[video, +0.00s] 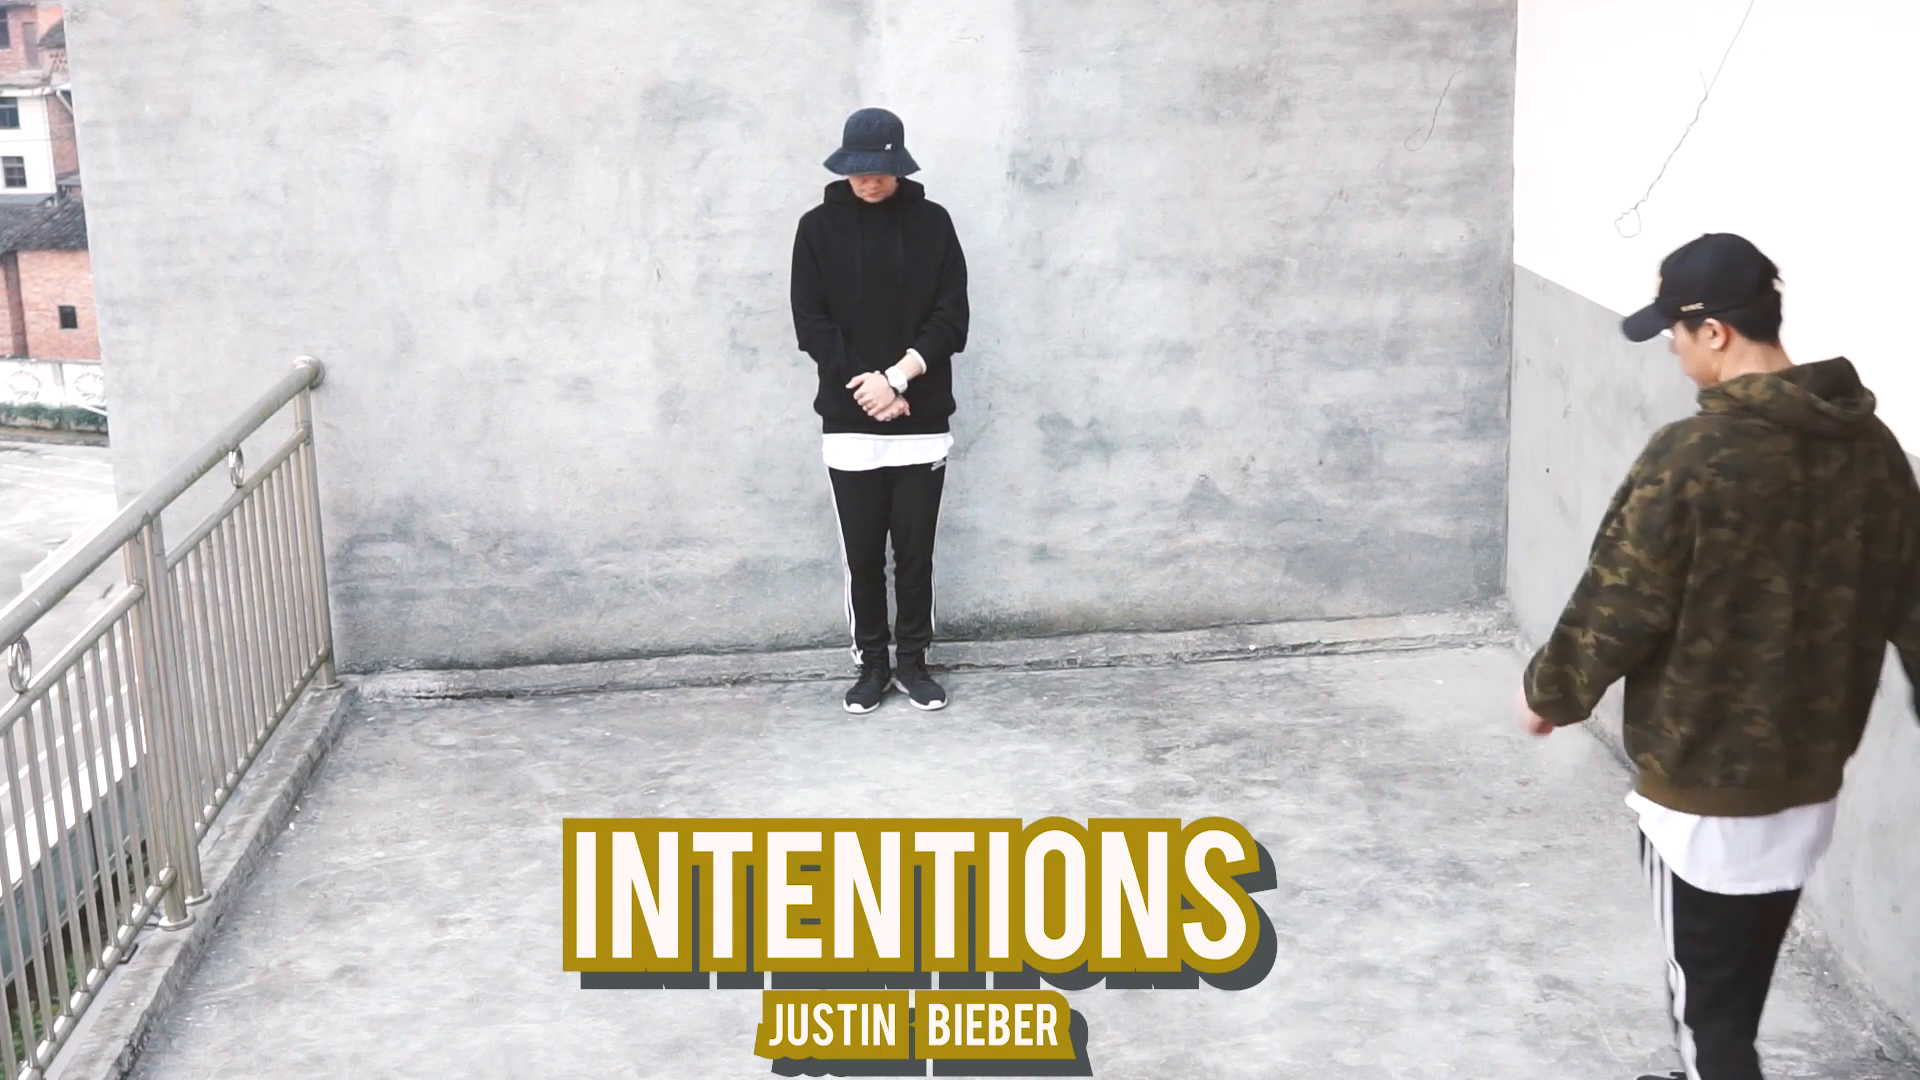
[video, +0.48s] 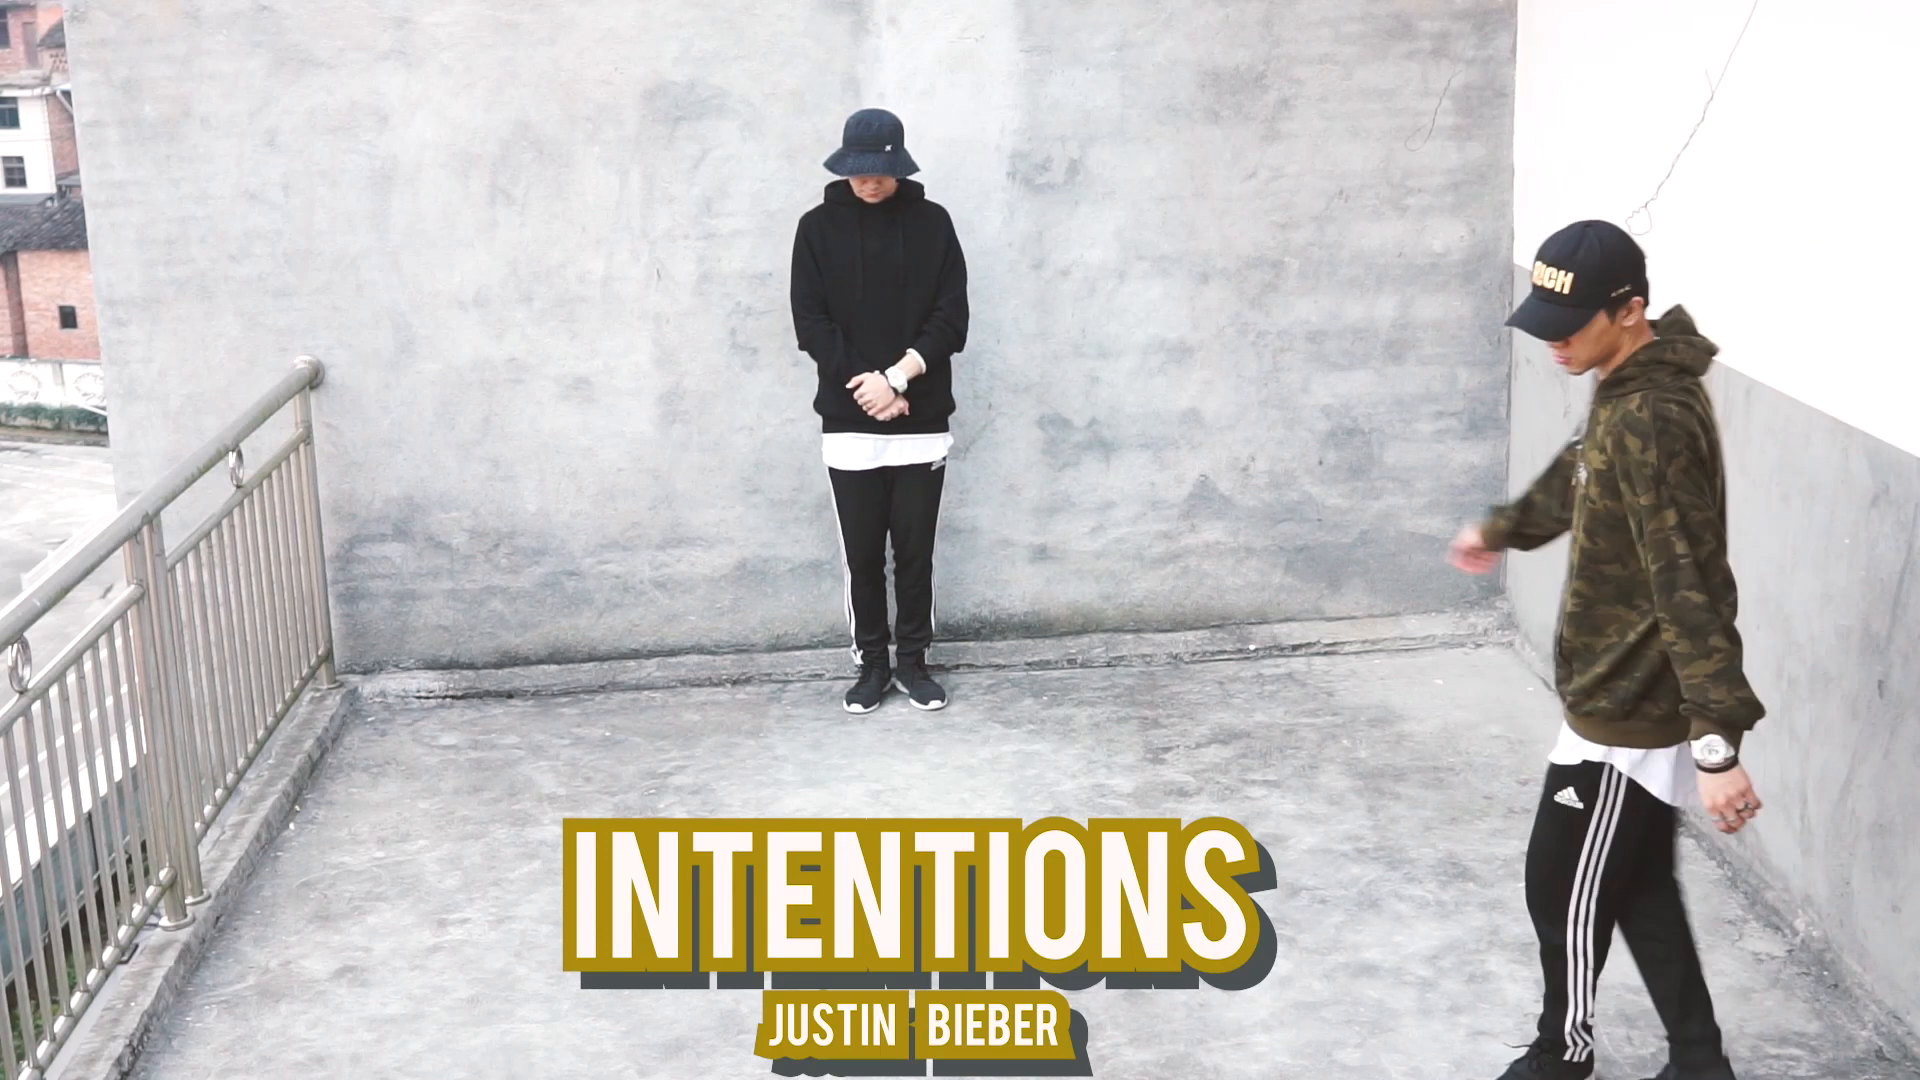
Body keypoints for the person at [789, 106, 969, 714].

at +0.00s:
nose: (870, 181)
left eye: (881, 170)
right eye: (859, 170)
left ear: (900, 167)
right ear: (844, 168)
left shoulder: (932, 221)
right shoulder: (818, 226)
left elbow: (952, 317)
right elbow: (810, 323)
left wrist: (897, 373)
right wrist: (866, 386)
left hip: (922, 415)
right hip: (847, 418)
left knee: (914, 551)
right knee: (863, 554)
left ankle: (913, 664)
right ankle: (872, 667)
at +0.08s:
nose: (870, 181)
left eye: (881, 170)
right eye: (860, 170)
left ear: (900, 167)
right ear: (844, 168)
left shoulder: (932, 221)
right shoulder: (818, 226)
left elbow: (952, 317)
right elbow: (810, 323)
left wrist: (897, 373)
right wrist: (866, 386)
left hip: (922, 415)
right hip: (847, 418)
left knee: (914, 551)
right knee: (863, 554)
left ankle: (913, 664)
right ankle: (872, 667)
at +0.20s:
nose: (870, 181)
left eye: (881, 170)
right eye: (859, 170)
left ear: (900, 167)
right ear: (844, 168)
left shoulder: (932, 222)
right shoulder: (819, 226)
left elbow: (952, 317)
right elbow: (810, 322)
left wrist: (897, 373)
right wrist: (866, 386)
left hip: (922, 415)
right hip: (848, 418)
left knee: (914, 551)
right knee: (863, 554)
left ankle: (913, 664)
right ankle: (872, 667)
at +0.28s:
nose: (870, 181)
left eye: (881, 171)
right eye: (859, 170)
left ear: (900, 168)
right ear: (844, 169)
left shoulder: (932, 222)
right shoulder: (819, 226)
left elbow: (952, 317)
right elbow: (810, 322)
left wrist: (897, 373)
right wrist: (866, 386)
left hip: (922, 415)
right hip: (848, 418)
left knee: (914, 550)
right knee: (863, 554)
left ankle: (913, 664)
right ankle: (872, 667)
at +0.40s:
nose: (870, 181)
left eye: (881, 171)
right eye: (859, 171)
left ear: (900, 168)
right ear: (844, 169)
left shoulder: (932, 222)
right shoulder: (819, 226)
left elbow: (952, 317)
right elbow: (810, 322)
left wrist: (898, 373)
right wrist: (865, 386)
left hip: (922, 415)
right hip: (848, 417)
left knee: (914, 550)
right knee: (863, 553)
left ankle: (913, 664)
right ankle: (873, 667)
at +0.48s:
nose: (870, 181)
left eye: (881, 171)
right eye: (859, 171)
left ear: (900, 168)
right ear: (844, 169)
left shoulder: (931, 222)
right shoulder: (818, 226)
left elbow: (952, 318)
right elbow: (810, 322)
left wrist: (897, 373)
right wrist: (866, 386)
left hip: (922, 415)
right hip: (848, 417)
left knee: (914, 550)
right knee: (863, 553)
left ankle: (913, 664)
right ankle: (873, 667)